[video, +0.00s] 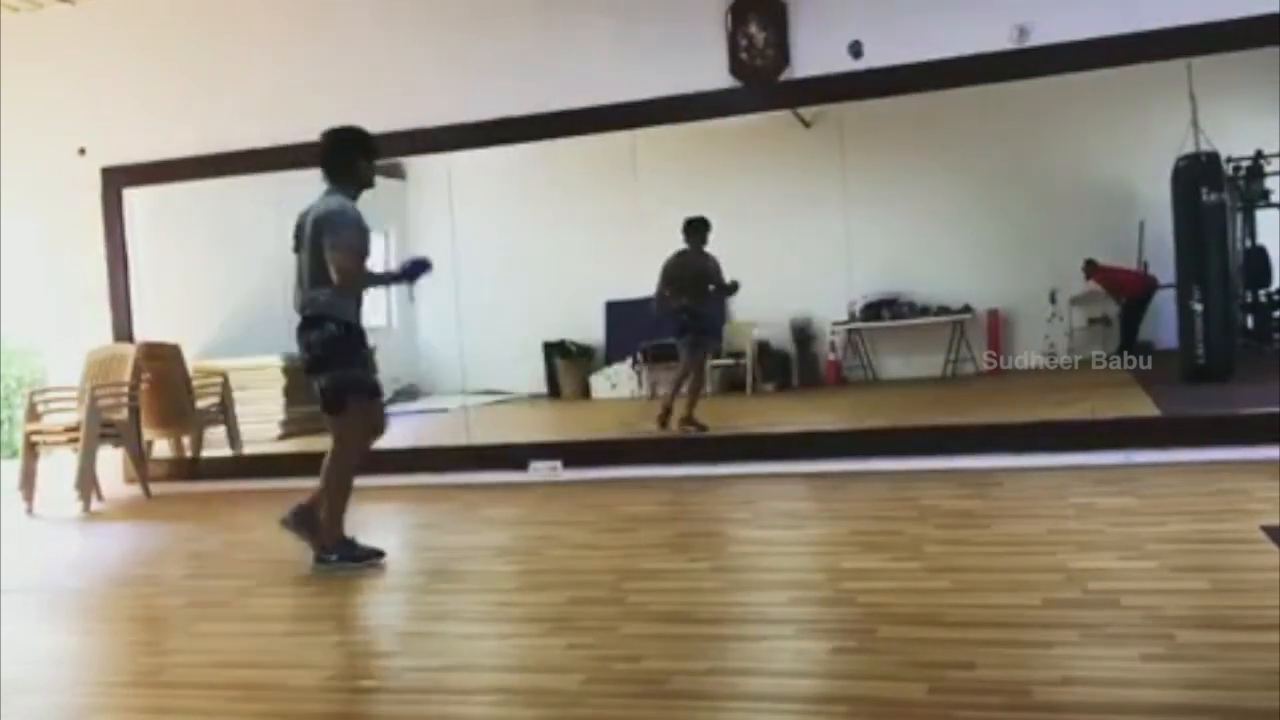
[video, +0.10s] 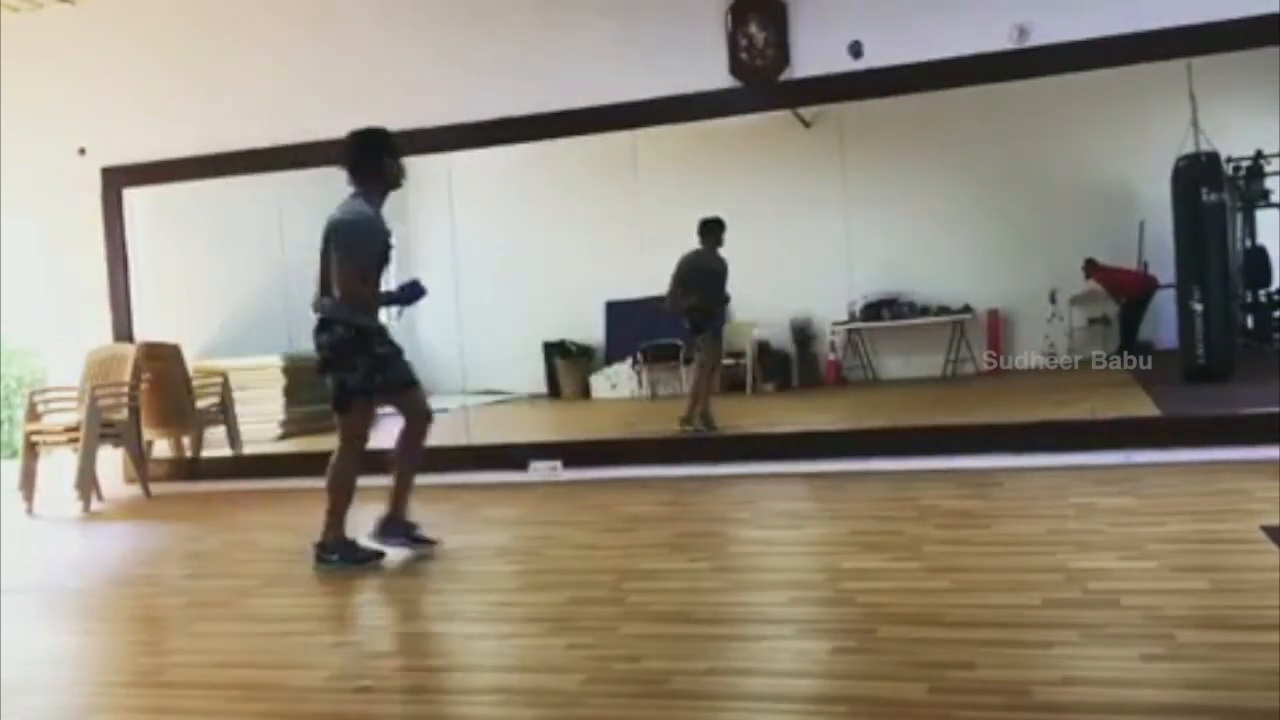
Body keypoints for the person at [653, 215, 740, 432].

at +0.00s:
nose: (702, 238)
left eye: (704, 233)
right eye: (697, 233)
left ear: (707, 235)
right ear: (688, 235)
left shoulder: (709, 262)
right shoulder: (675, 262)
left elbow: (719, 290)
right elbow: (662, 296)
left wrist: (730, 288)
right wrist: (678, 304)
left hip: (705, 320)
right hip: (683, 320)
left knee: (698, 369)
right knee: (687, 365)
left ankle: (688, 415)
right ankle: (666, 407)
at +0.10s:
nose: (721, 238)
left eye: (721, 234)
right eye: (717, 234)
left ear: (717, 236)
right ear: (707, 235)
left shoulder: (720, 263)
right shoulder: (690, 261)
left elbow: (717, 293)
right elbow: (673, 297)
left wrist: (724, 300)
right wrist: (692, 302)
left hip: (714, 317)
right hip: (697, 316)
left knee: (713, 364)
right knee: (704, 363)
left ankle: (704, 412)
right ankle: (690, 414)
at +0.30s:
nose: (747, 242)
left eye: (746, 237)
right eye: (744, 237)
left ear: (737, 239)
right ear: (734, 238)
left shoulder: (740, 267)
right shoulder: (714, 262)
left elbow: (741, 297)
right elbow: (698, 296)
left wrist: (754, 301)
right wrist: (708, 305)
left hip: (726, 317)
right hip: (713, 317)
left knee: (714, 367)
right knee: (745, 361)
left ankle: (691, 414)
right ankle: (768, 410)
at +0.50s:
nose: (773, 234)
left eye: (771, 229)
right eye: (769, 230)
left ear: (752, 233)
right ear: (762, 233)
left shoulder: (742, 259)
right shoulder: (759, 261)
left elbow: (771, 295)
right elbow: (770, 294)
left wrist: (792, 320)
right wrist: (793, 320)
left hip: (749, 315)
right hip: (753, 315)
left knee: (752, 365)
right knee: (774, 357)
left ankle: (714, 400)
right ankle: (781, 412)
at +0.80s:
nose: (805, 223)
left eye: (804, 219)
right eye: (802, 219)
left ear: (786, 224)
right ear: (795, 223)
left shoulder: (795, 251)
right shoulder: (784, 253)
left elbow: (791, 291)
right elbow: (787, 293)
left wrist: (804, 315)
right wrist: (805, 317)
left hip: (796, 313)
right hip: (786, 314)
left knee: (815, 357)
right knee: (783, 362)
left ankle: (813, 407)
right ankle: (781, 411)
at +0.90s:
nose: (824, 226)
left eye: (823, 222)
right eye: (820, 222)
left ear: (805, 227)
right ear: (812, 226)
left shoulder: (810, 253)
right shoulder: (804, 255)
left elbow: (812, 293)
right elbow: (810, 295)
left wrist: (837, 309)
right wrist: (837, 310)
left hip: (807, 313)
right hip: (805, 314)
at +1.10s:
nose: (856, 220)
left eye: (854, 216)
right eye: (851, 216)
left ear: (839, 223)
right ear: (841, 221)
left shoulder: (848, 250)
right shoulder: (834, 249)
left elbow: (850, 286)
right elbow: (838, 286)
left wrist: (861, 310)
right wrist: (853, 310)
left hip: (854, 310)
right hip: (841, 312)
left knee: (863, 360)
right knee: (836, 362)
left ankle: (874, 407)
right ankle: (801, 399)